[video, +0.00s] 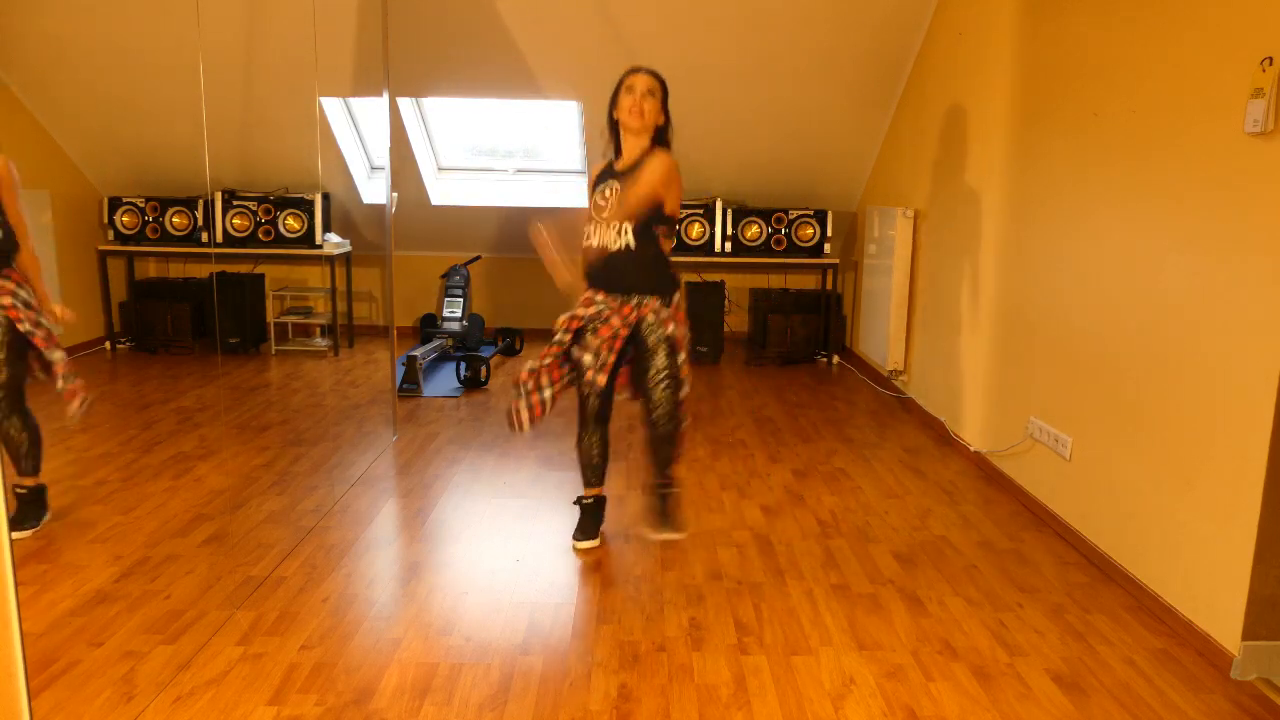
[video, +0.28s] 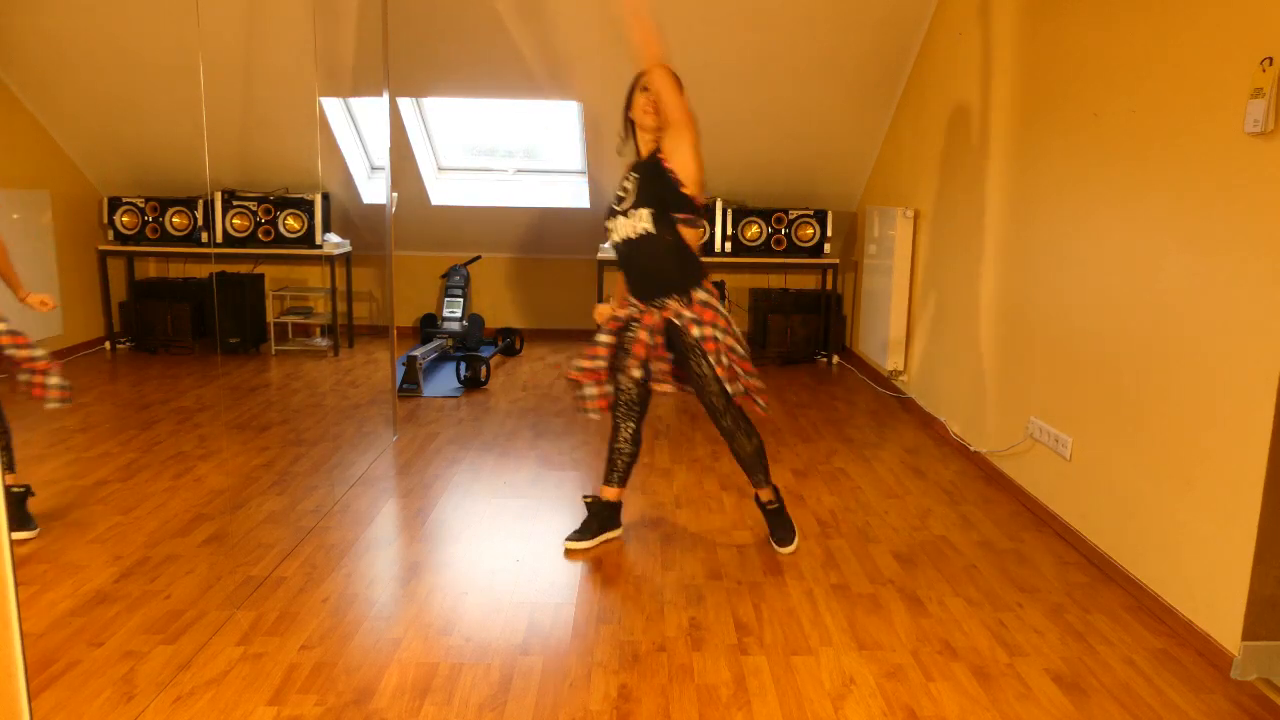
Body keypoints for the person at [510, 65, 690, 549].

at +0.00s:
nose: (637, 100)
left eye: (649, 95)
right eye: (629, 91)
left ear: (662, 113)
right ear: (614, 106)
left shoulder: (661, 165)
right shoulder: (602, 176)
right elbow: (597, 241)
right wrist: (580, 278)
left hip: (654, 303)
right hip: (603, 300)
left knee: (662, 405)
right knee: (593, 404)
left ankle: (664, 490)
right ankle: (591, 503)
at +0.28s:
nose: (648, 103)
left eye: (658, 95)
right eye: (641, 95)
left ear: (674, 109)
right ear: (629, 109)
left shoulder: (680, 156)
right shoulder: (634, 173)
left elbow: (658, 68)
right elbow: (631, 249)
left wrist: (634, 12)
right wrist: (618, 304)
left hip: (686, 303)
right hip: (641, 308)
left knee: (722, 407)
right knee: (627, 409)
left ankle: (768, 498)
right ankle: (607, 508)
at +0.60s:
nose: (701, 135)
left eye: (710, 129)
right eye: (690, 129)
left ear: (722, 141)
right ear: (675, 143)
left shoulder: (744, 171)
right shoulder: (670, 215)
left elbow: (801, 132)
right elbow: (653, 273)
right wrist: (633, 319)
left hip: (782, 319)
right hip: (724, 327)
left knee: (786, 424)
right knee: (704, 427)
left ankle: (773, 507)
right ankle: (645, 481)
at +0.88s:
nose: (733, 123)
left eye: (740, 113)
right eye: (720, 116)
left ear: (750, 124)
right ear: (703, 131)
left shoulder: (759, 188)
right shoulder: (709, 189)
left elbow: (785, 249)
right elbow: (752, 251)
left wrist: (815, 280)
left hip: (775, 320)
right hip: (732, 323)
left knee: (789, 416)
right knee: (751, 419)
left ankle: (772, 505)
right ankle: (730, 487)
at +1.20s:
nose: (725, 104)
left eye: (732, 95)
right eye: (713, 96)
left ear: (741, 105)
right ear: (693, 108)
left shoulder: (739, 163)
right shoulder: (690, 157)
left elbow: (705, 235)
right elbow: (689, 72)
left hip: (746, 309)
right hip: (706, 308)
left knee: (752, 405)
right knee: (665, 410)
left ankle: (758, 507)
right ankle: (599, 507)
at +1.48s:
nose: (674, 133)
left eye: (683, 124)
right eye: (663, 124)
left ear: (697, 133)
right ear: (645, 133)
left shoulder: (704, 204)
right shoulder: (624, 168)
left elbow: (693, 273)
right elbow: (564, 139)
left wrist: (678, 323)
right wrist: (499, 97)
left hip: (668, 331)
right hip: (610, 327)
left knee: (727, 420)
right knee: (606, 430)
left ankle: (721, 504)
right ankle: (585, 523)